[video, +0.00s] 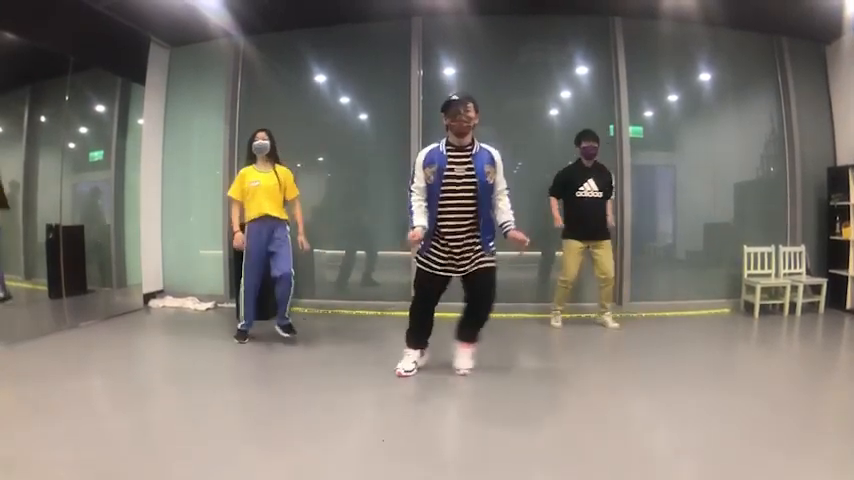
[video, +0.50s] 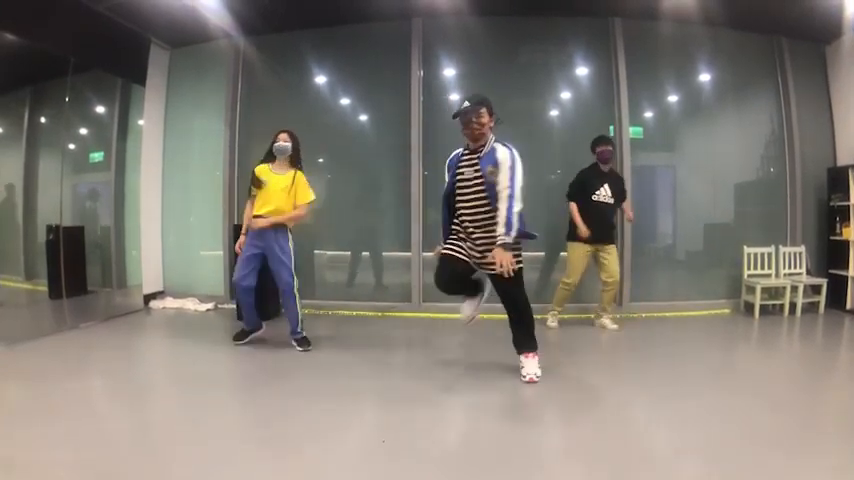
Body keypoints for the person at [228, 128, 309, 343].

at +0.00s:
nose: (261, 142)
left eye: (265, 139)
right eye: (257, 139)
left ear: (272, 145)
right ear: (251, 146)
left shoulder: (283, 172)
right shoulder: (245, 173)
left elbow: (295, 203)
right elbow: (236, 202)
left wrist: (301, 232)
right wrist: (237, 230)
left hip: (279, 225)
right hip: (254, 225)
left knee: (285, 273)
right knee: (251, 276)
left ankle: (283, 320)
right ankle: (245, 323)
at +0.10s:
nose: (261, 142)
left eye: (265, 139)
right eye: (257, 140)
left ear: (272, 146)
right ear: (252, 147)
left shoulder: (284, 172)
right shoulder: (245, 174)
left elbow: (299, 198)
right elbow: (233, 202)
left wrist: (302, 227)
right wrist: (238, 226)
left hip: (279, 226)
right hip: (254, 225)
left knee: (283, 274)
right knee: (250, 277)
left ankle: (287, 324)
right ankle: (242, 324)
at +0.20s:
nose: (265, 146)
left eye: (269, 143)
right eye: (261, 143)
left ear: (276, 149)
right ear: (256, 150)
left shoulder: (287, 175)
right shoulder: (249, 175)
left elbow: (307, 197)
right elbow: (229, 201)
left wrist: (302, 220)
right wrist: (243, 218)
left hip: (281, 230)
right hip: (257, 229)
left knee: (284, 280)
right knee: (251, 280)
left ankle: (297, 332)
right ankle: (240, 327)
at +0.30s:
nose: (271, 145)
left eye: (275, 142)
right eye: (267, 142)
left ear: (282, 148)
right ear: (261, 149)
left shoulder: (292, 175)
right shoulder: (254, 174)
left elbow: (309, 198)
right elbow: (235, 199)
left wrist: (303, 222)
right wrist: (246, 221)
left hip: (284, 230)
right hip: (259, 229)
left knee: (291, 280)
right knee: (252, 280)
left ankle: (298, 332)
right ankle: (243, 327)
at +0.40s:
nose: (279, 141)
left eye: (284, 138)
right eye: (275, 139)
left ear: (291, 145)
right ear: (269, 145)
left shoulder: (298, 174)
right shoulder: (260, 168)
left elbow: (309, 206)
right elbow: (249, 200)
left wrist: (289, 226)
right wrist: (245, 229)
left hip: (281, 225)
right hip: (257, 223)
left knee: (289, 281)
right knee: (248, 279)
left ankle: (297, 332)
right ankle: (253, 322)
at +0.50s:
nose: (281, 144)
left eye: (286, 141)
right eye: (278, 140)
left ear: (294, 148)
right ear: (272, 146)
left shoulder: (297, 176)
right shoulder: (260, 170)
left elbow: (302, 212)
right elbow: (251, 202)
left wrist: (269, 221)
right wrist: (243, 234)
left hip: (279, 234)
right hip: (254, 232)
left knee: (287, 283)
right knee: (241, 280)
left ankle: (297, 333)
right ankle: (252, 325)